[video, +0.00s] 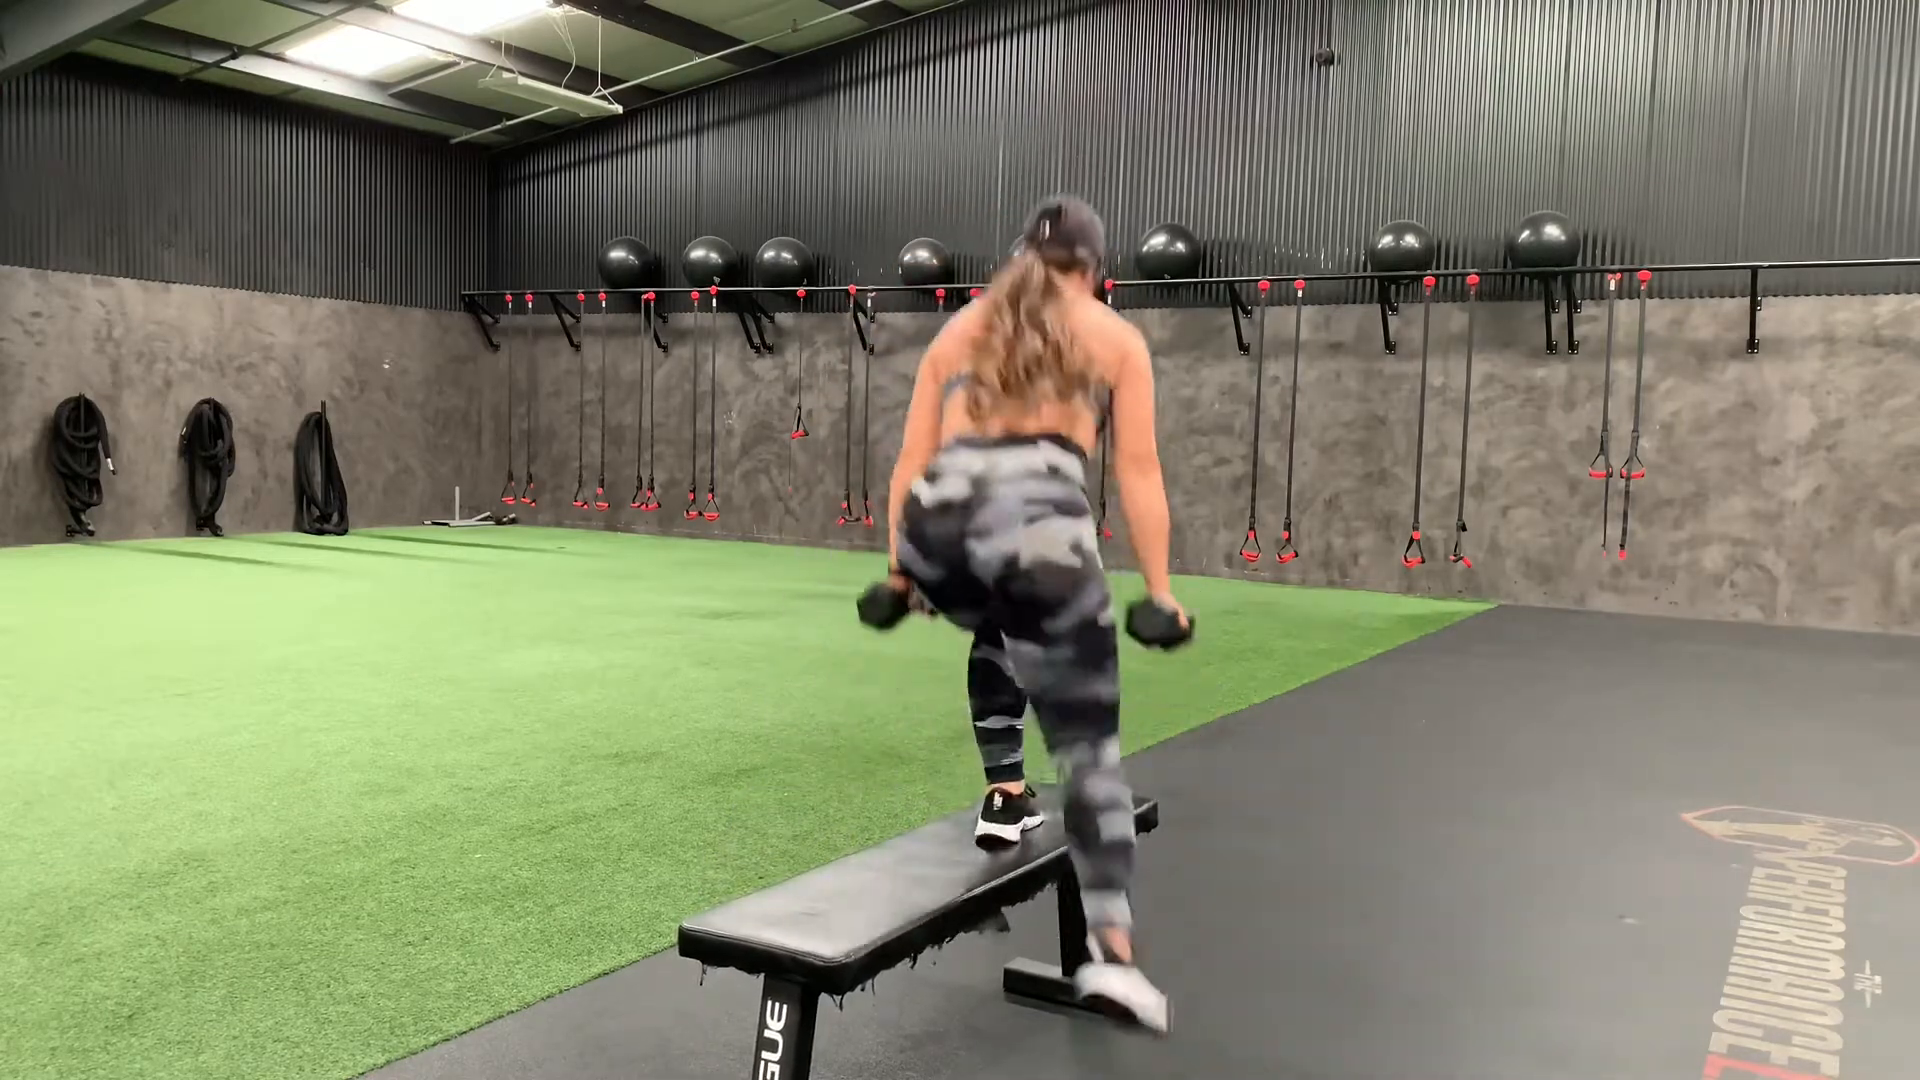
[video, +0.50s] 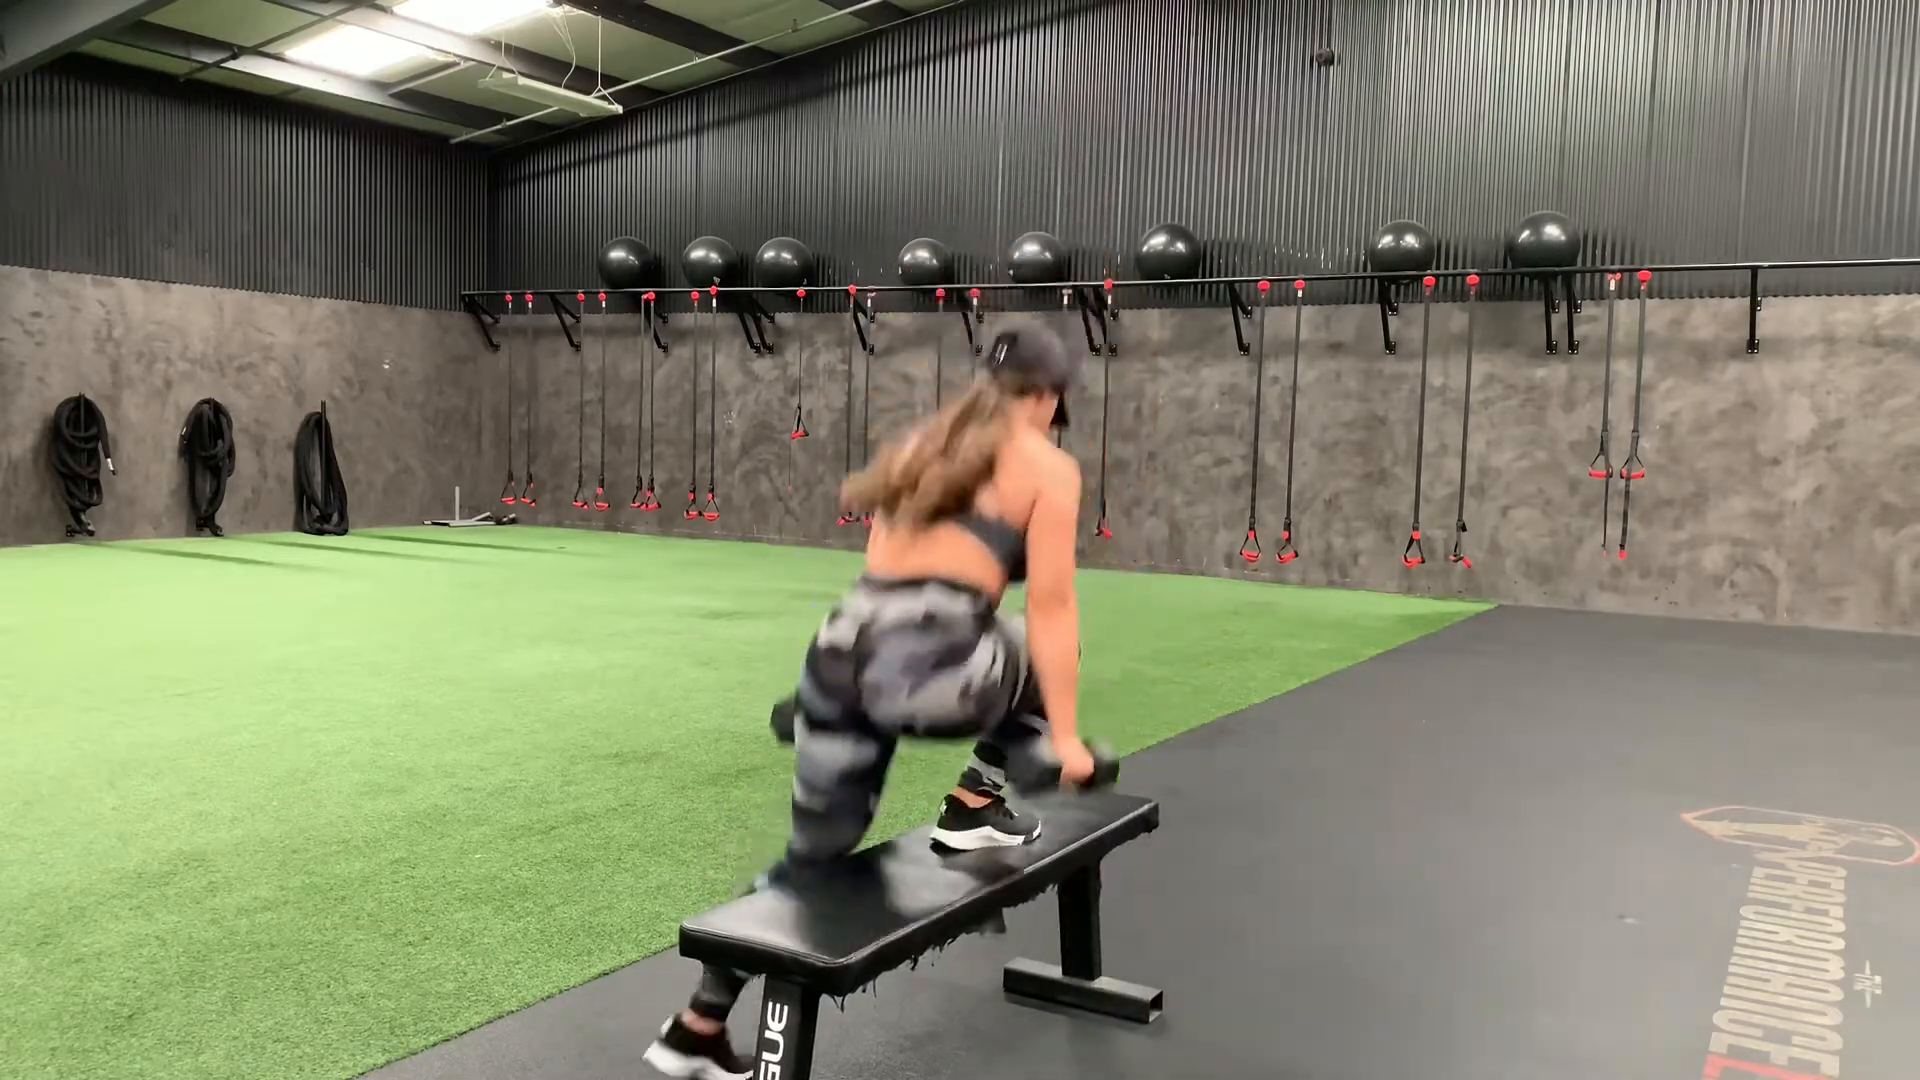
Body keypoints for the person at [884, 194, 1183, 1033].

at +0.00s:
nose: (1097, 285)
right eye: (1102, 273)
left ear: (1022, 257)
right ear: (1095, 270)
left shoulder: (958, 332)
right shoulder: (1117, 338)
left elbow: (915, 459)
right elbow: (1137, 469)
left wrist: (900, 567)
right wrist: (1158, 587)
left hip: (939, 519)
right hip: (1046, 519)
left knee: (990, 619)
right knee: (1088, 745)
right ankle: (1109, 944)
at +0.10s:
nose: (1099, 236)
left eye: (1095, 224)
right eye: (1099, 224)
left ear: (1027, 210)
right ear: (1091, 220)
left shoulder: (959, 274)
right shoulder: (1111, 284)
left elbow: (912, 399)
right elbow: (1124, 416)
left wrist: (886, 515)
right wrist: (1132, 537)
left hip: (914, 462)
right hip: (1018, 458)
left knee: (973, 606)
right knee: (1072, 636)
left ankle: (985, 778)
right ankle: (1056, 801)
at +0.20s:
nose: (1097, 233)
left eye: (1097, 221)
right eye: (1096, 220)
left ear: (1024, 205)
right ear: (1084, 212)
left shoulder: (959, 256)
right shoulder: (1102, 270)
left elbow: (904, 375)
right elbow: (1105, 400)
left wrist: (886, 502)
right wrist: (1110, 527)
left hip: (896, 425)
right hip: (997, 427)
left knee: (950, 587)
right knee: (1062, 594)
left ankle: (889, 759)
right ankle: (1004, 771)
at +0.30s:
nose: (1088, 267)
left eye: (1088, 256)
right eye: (1089, 255)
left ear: (1018, 235)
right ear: (1080, 246)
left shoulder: (951, 285)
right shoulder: (1090, 299)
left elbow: (902, 406)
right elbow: (1089, 431)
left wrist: (854, 531)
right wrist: (1090, 555)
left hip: (882, 464)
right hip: (983, 469)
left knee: (897, 646)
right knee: (1041, 622)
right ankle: (972, 796)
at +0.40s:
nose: (1081, 329)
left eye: (1079, 315)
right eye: (1080, 315)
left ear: (1007, 302)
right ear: (1073, 314)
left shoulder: (941, 356)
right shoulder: (1081, 377)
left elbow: (890, 479)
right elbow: (1073, 510)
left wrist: (836, 599)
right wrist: (1075, 636)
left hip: (862, 551)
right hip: (956, 554)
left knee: (833, 748)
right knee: (1050, 637)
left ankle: (747, 912)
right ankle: (974, 803)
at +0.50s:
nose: (1059, 412)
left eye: (1058, 400)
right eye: (1060, 400)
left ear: (990, 384)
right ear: (1047, 397)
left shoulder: (920, 443)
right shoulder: (1048, 465)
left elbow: (881, 577)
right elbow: (1053, 607)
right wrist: (1064, 736)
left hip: (842, 665)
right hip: (936, 671)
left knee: (813, 856)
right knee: (1038, 664)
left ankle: (700, 1022)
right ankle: (974, 803)